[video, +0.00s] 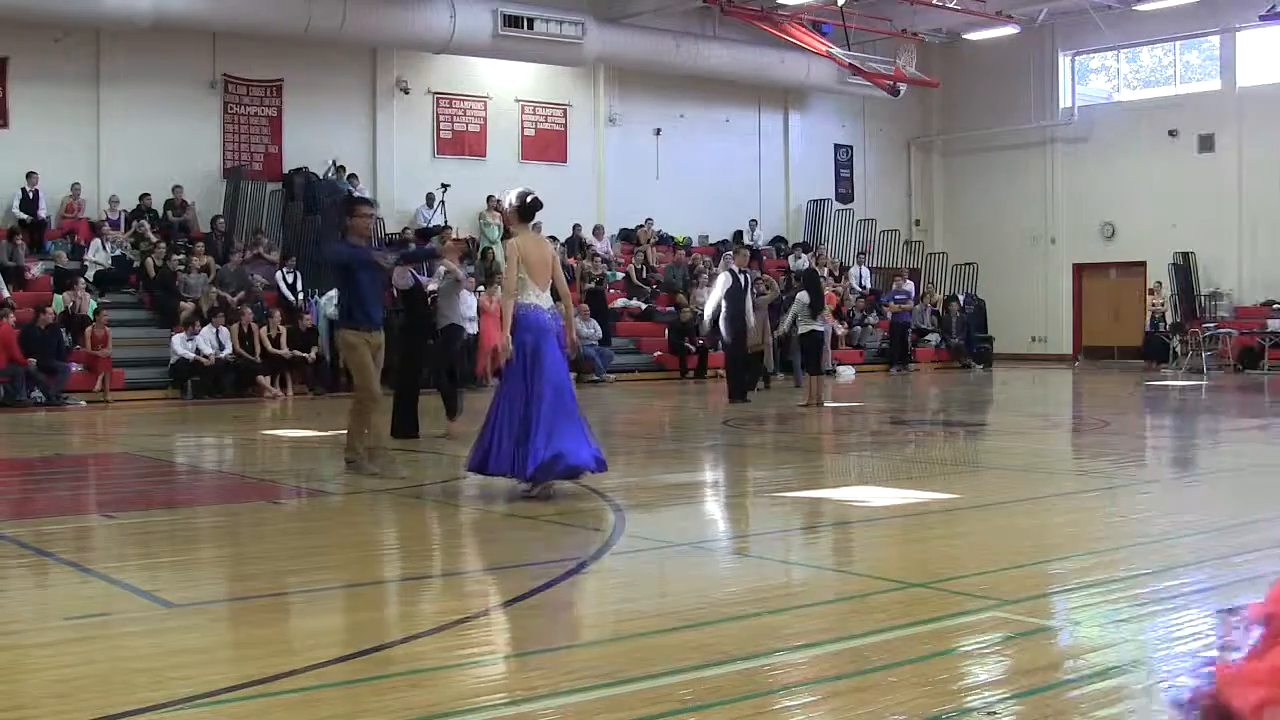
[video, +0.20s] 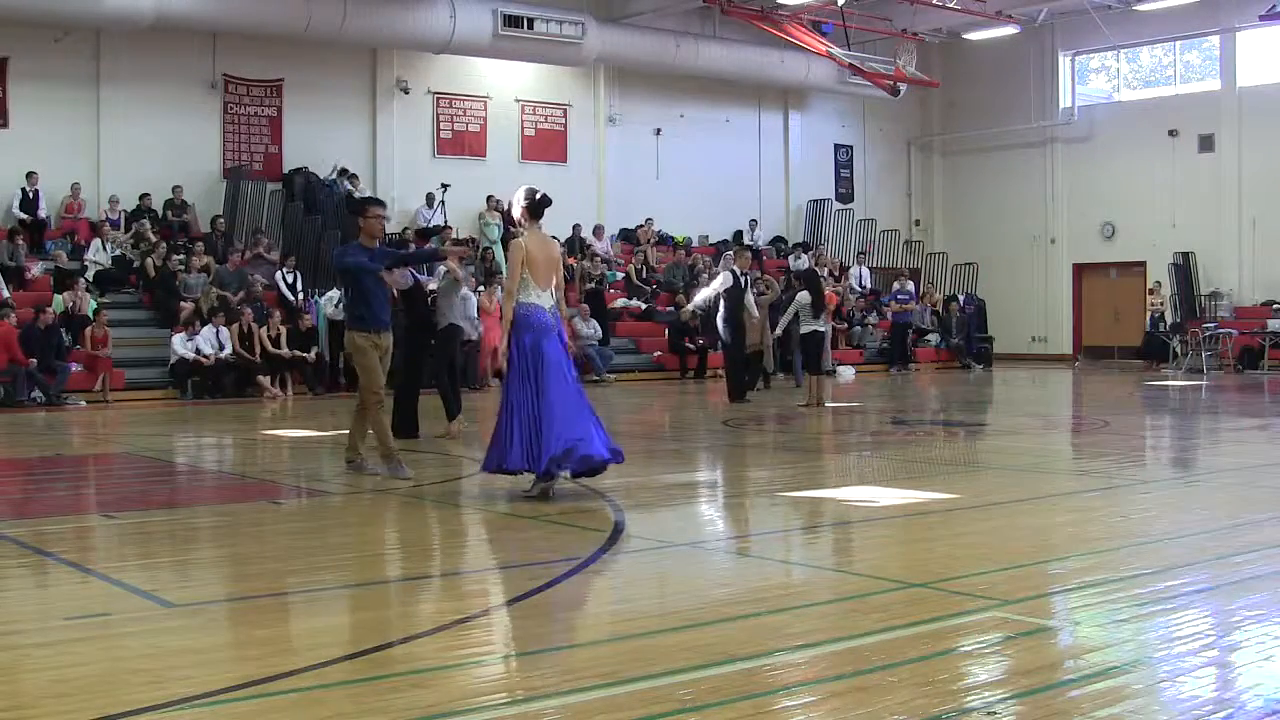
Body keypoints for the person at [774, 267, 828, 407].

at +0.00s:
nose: (800, 281)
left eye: (802, 279)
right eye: (801, 279)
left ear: (805, 280)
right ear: (817, 280)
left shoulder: (801, 296)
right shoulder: (820, 295)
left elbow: (792, 314)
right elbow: (825, 315)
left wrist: (782, 329)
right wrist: (836, 328)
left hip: (806, 332)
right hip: (819, 332)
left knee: (810, 368)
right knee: (817, 367)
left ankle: (811, 398)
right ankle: (819, 397)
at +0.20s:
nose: (799, 282)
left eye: (801, 280)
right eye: (799, 280)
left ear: (804, 281)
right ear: (816, 279)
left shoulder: (801, 296)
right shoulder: (821, 294)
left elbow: (789, 314)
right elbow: (823, 315)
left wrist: (779, 329)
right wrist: (822, 328)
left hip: (807, 332)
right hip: (820, 331)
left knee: (811, 367)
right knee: (817, 367)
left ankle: (811, 398)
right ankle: (820, 398)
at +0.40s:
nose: (801, 281)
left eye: (802, 279)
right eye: (802, 279)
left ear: (805, 279)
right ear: (817, 279)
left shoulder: (802, 294)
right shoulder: (822, 293)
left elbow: (795, 312)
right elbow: (823, 314)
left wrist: (789, 326)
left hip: (807, 331)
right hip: (820, 331)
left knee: (811, 367)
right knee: (818, 367)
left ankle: (811, 397)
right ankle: (820, 397)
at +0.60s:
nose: (800, 282)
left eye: (801, 279)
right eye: (800, 279)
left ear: (806, 279)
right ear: (817, 278)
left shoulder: (804, 291)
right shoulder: (822, 292)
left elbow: (786, 297)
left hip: (808, 331)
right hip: (820, 331)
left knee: (810, 368)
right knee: (817, 368)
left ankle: (811, 398)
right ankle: (820, 398)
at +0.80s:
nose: (806, 282)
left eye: (807, 279)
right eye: (807, 279)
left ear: (810, 280)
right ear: (820, 280)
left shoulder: (809, 291)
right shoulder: (827, 294)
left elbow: (799, 278)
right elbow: (829, 311)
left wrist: (796, 259)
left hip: (807, 330)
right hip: (821, 331)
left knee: (798, 359)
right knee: (820, 367)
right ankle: (822, 397)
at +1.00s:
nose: (808, 282)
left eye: (809, 280)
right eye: (809, 279)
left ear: (812, 281)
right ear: (824, 282)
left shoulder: (809, 292)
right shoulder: (828, 296)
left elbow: (805, 272)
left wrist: (808, 256)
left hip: (805, 330)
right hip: (820, 331)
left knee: (791, 360)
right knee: (820, 367)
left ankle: (794, 393)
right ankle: (821, 398)